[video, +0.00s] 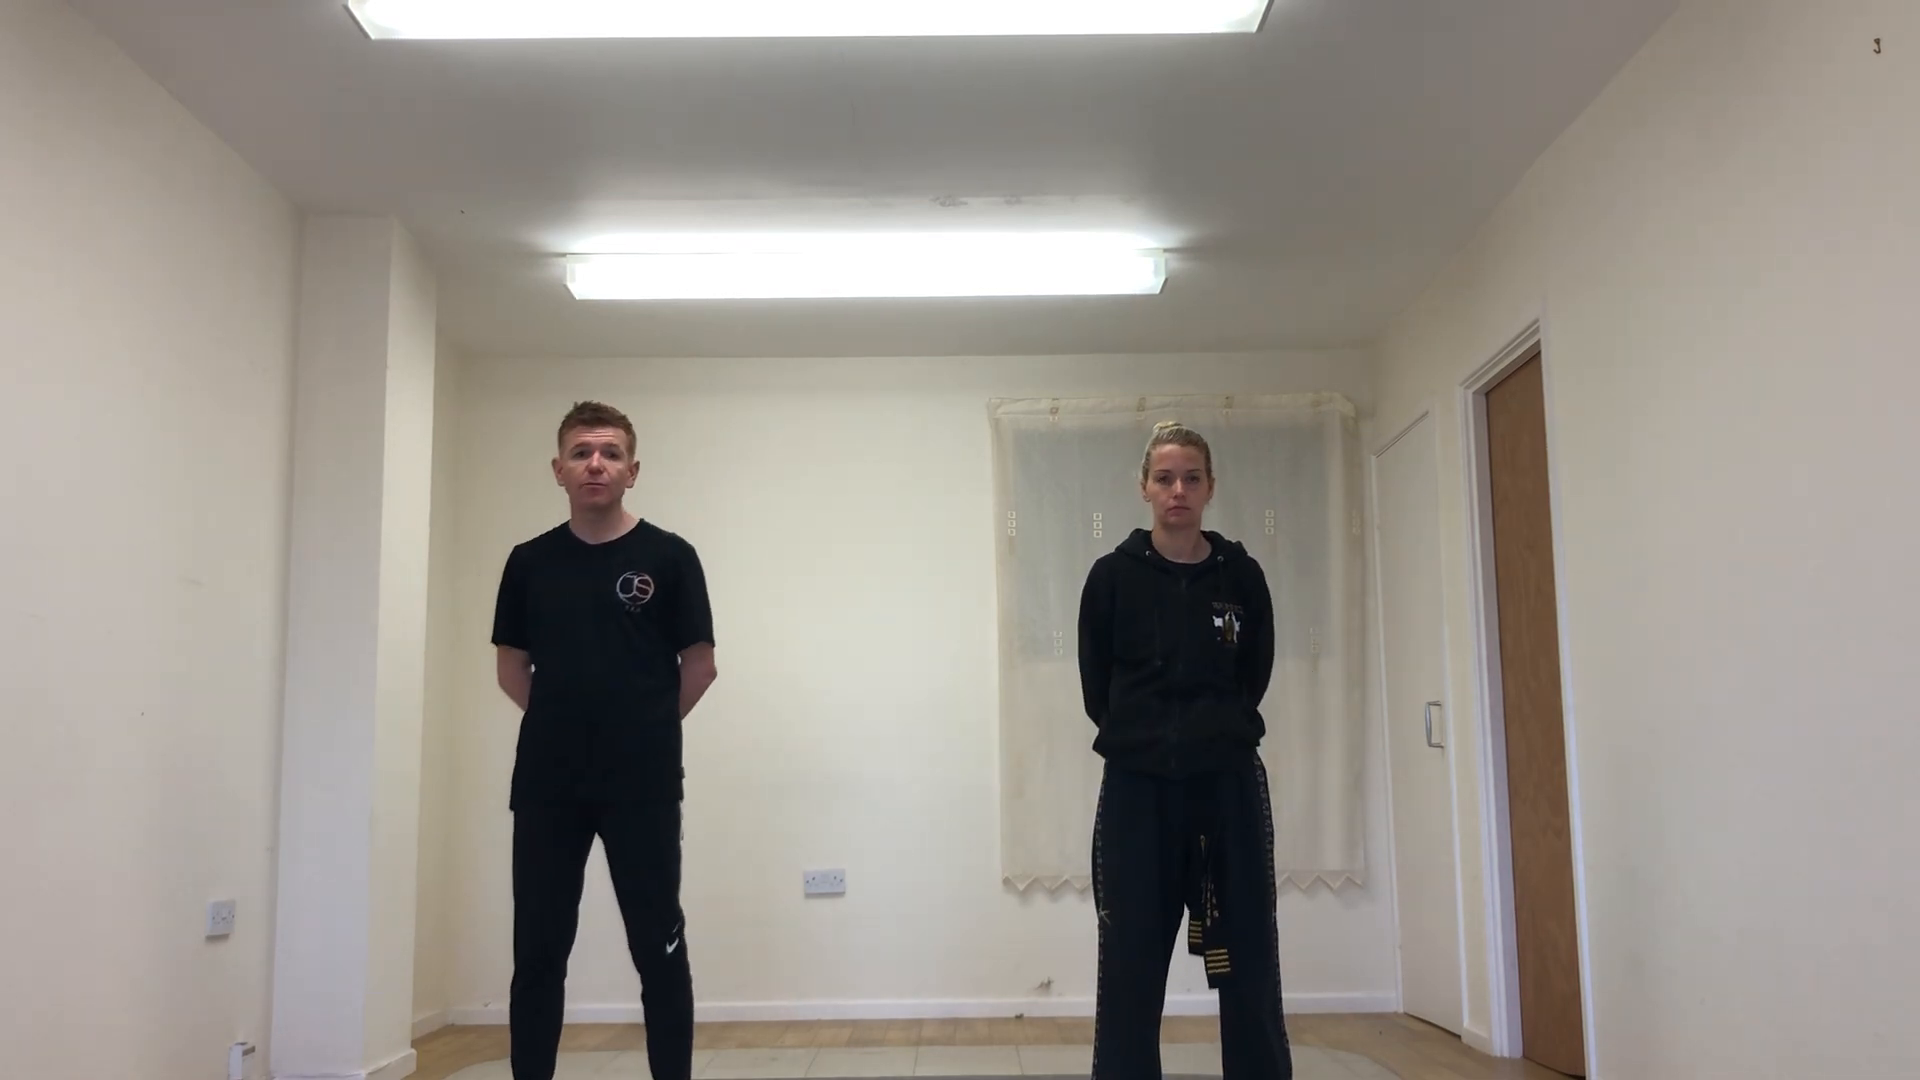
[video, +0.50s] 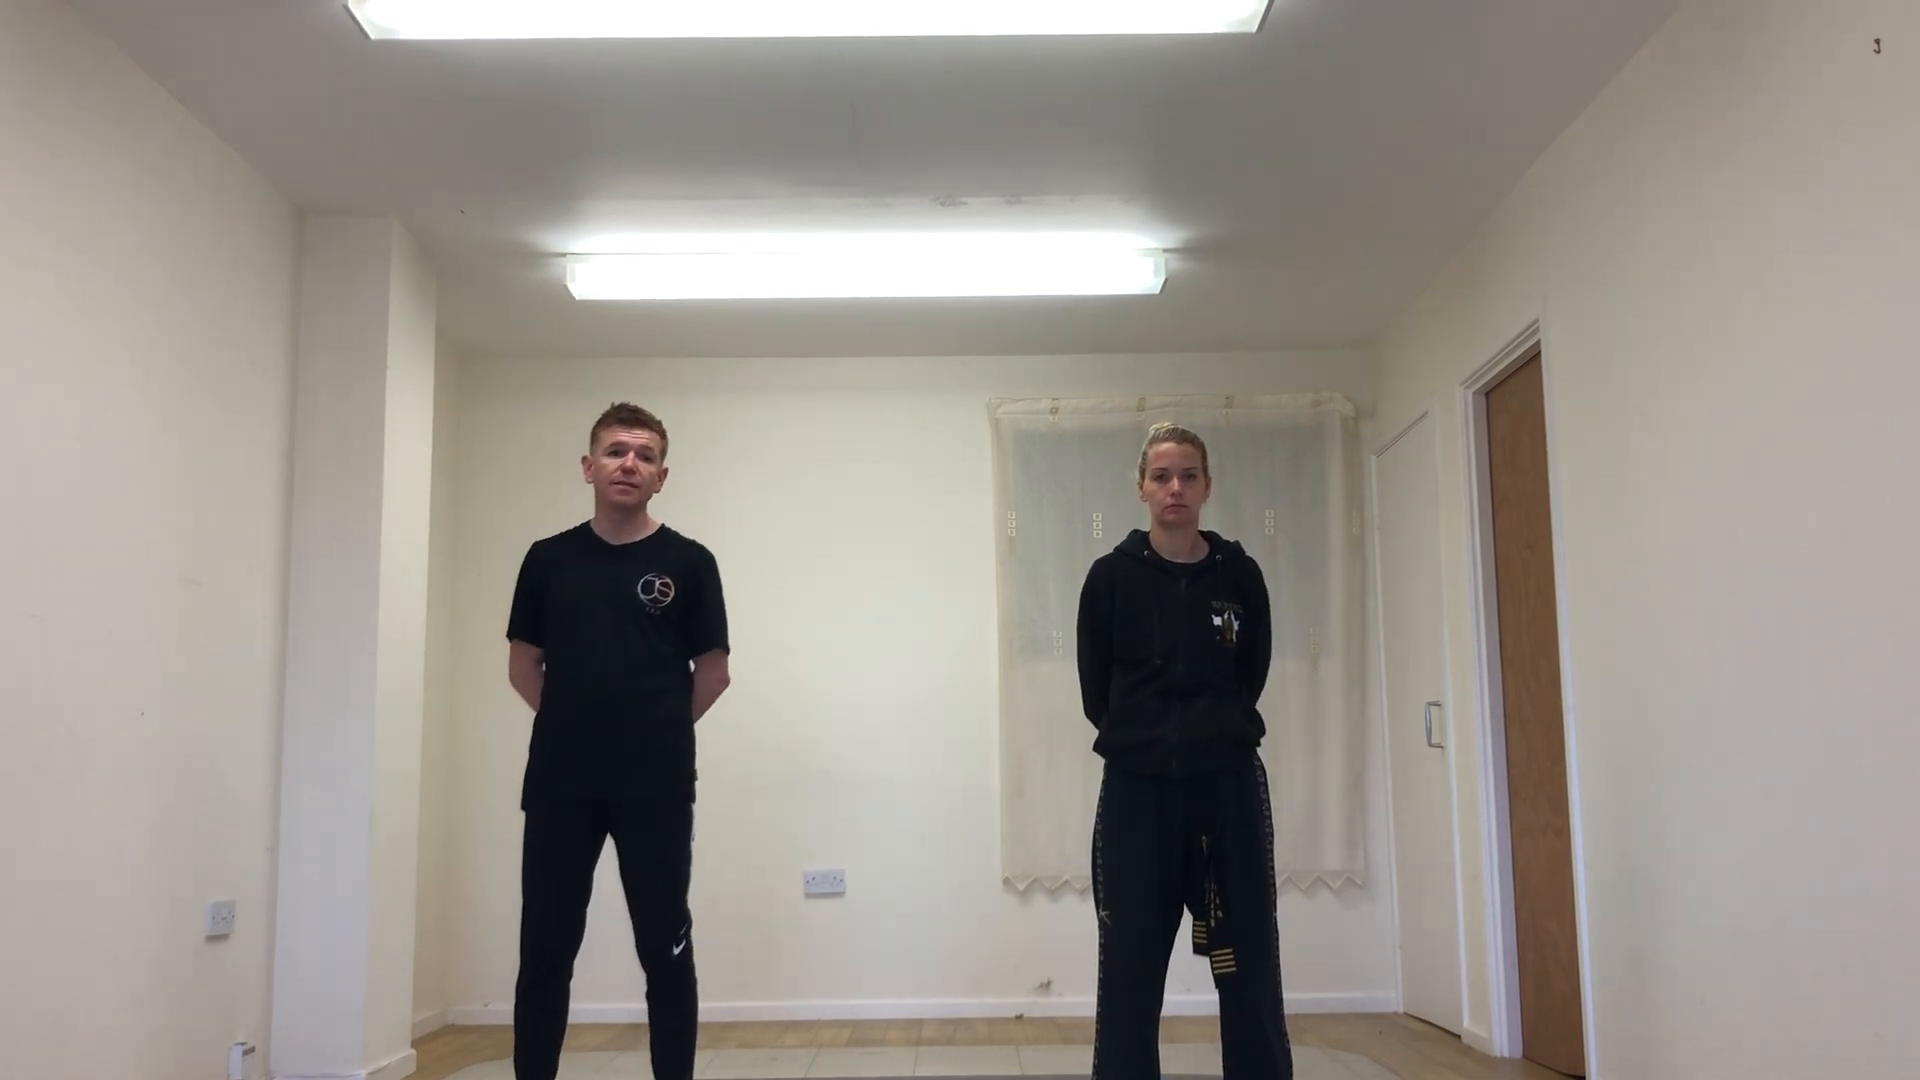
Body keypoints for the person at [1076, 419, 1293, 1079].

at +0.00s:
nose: (1178, 490)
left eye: (1191, 478)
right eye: (1164, 479)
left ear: (1209, 488)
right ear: (1146, 490)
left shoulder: (1241, 571)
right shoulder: (1112, 574)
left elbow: (1257, 669)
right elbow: (1095, 679)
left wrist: (1218, 730)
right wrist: (1137, 737)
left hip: (1230, 780)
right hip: (1138, 781)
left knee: (1249, 960)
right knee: (1131, 964)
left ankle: (1260, 1075)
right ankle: (1125, 1077)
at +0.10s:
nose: (1178, 490)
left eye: (1191, 478)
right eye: (1164, 479)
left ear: (1209, 488)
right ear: (1145, 490)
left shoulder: (1241, 571)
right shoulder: (1112, 573)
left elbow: (1256, 669)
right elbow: (1094, 679)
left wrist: (1217, 729)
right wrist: (1137, 738)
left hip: (1230, 779)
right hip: (1138, 781)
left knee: (1249, 958)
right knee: (1131, 962)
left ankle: (1260, 1076)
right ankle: (1125, 1077)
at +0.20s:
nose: (1176, 489)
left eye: (1189, 477)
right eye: (1163, 478)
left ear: (1208, 488)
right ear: (1145, 490)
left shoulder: (1241, 571)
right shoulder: (1111, 573)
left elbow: (1256, 668)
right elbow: (1094, 680)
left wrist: (1217, 730)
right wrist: (1137, 738)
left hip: (1230, 780)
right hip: (1138, 780)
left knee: (1249, 959)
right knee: (1130, 962)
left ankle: (1260, 1076)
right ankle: (1124, 1077)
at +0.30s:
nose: (1176, 488)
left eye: (1189, 476)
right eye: (1162, 478)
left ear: (1207, 487)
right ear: (1144, 489)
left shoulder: (1240, 570)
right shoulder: (1111, 573)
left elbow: (1255, 668)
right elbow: (1093, 680)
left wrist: (1217, 730)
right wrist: (1136, 739)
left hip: (1229, 779)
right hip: (1138, 780)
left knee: (1249, 959)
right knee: (1130, 963)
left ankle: (1260, 1077)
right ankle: (1124, 1078)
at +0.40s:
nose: (1176, 488)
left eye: (1188, 476)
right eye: (1162, 478)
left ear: (1206, 486)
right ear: (1143, 489)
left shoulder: (1240, 570)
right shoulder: (1111, 574)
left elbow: (1255, 669)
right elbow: (1093, 680)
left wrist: (1216, 730)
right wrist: (1136, 739)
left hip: (1229, 779)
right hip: (1138, 781)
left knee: (1248, 959)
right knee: (1130, 963)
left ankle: (1261, 1077)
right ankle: (1124, 1078)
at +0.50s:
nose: (1175, 488)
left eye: (1188, 476)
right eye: (1161, 477)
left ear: (1206, 486)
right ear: (1143, 488)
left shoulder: (1239, 570)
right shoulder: (1110, 574)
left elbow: (1255, 668)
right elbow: (1094, 681)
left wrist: (1216, 730)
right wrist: (1137, 740)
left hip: (1229, 780)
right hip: (1138, 782)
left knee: (1249, 961)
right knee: (1130, 966)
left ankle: (1261, 1077)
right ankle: (1124, 1079)